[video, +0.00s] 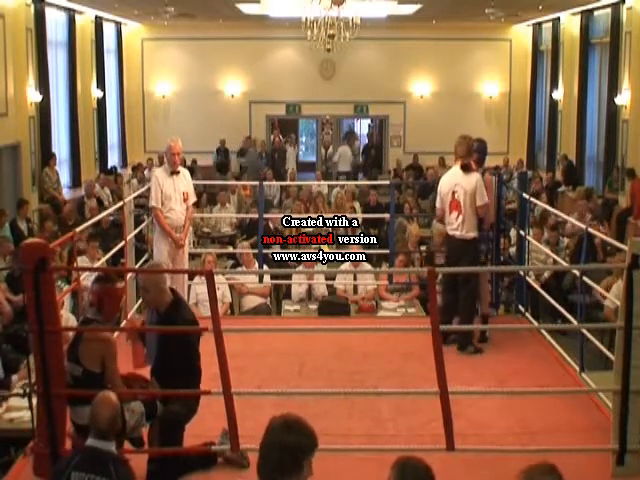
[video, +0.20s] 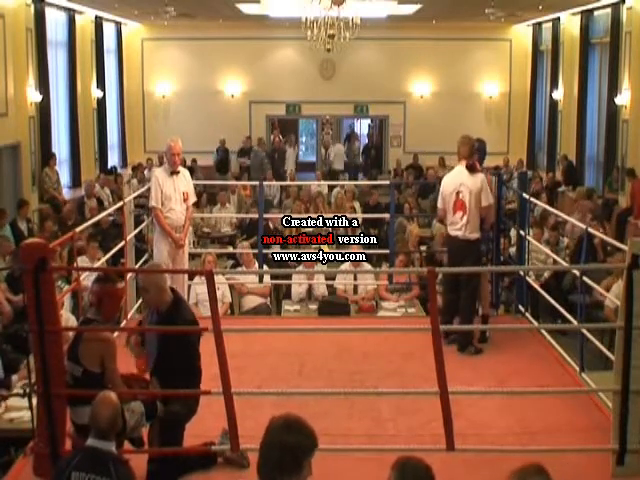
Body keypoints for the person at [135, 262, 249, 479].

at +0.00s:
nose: (142, 296)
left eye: (146, 290)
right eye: (141, 290)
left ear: (162, 288)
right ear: (160, 288)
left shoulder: (181, 322)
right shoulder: (158, 310)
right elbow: (156, 347)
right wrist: (140, 334)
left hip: (179, 400)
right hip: (163, 394)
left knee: (161, 470)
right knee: (158, 467)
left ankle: (216, 451)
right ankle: (215, 450)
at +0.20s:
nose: (142, 296)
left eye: (146, 290)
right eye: (140, 290)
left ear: (162, 288)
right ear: (160, 288)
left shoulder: (181, 321)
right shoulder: (157, 309)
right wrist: (137, 344)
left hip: (179, 399)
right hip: (162, 393)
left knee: (160, 469)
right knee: (158, 467)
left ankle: (217, 452)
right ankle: (215, 450)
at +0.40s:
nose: (141, 297)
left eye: (145, 291)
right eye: (139, 291)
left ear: (162, 288)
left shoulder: (180, 322)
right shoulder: (156, 310)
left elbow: (173, 379)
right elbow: (142, 339)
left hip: (178, 399)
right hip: (161, 393)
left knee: (161, 469)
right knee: (159, 467)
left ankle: (218, 452)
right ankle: (216, 450)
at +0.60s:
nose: (141, 297)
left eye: (145, 291)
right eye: (140, 291)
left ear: (162, 288)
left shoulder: (180, 320)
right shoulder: (154, 306)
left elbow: (165, 372)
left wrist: (131, 353)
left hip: (179, 397)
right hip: (161, 390)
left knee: (160, 470)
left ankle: (217, 454)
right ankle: (215, 450)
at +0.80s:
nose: (141, 297)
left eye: (145, 291)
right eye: (139, 291)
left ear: (162, 289)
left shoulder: (179, 319)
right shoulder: (152, 306)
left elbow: (162, 370)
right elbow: (131, 316)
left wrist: (130, 351)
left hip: (180, 395)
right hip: (159, 389)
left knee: (161, 469)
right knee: (162, 467)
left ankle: (217, 454)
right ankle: (216, 450)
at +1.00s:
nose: (140, 299)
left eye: (143, 294)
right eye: (138, 294)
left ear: (158, 290)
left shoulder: (179, 321)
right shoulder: (150, 305)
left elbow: (162, 374)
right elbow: (129, 311)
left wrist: (133, 347)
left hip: (182, 393)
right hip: (158, 387)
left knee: (169, 414)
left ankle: (218, 454)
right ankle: (217, 451)